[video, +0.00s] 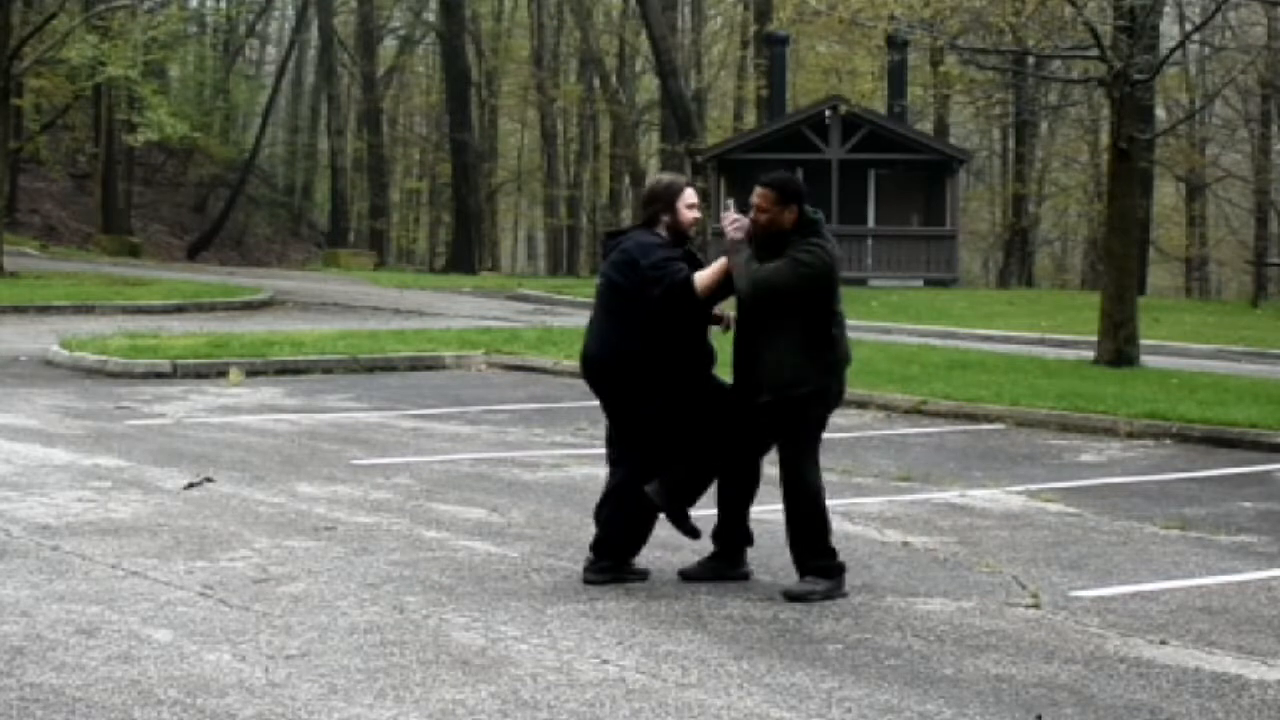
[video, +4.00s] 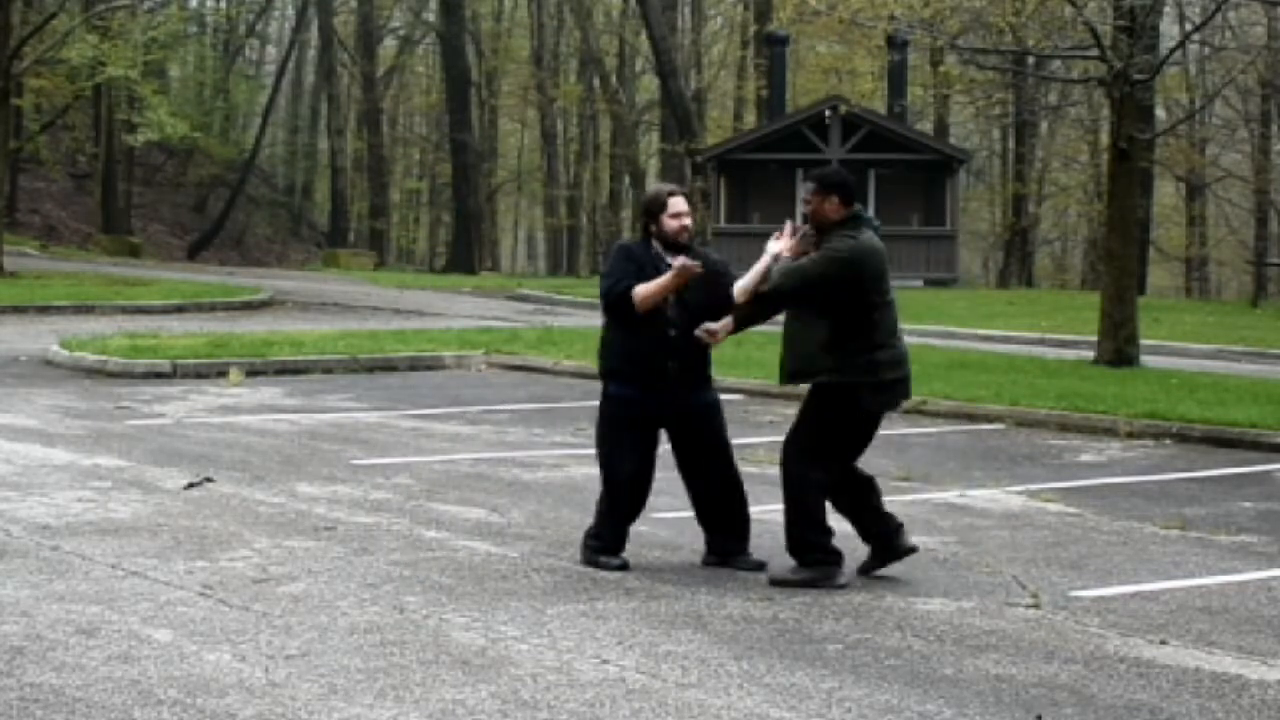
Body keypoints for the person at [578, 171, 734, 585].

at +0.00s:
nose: (698, 214)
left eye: (698, 207)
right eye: (690, 207)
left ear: (664, 212)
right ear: (665, 211)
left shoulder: (653, 247)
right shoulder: (652, 250)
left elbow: (667, 306)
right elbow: (685, 291)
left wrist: (709, 316)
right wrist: (733, 255)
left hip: (621, 367)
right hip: (634, 373)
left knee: (635, 463)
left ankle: (610, 557)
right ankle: (674, 490)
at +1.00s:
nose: (646, 256)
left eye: (652, 246)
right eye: (643, 248)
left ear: (679, 237)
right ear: (652, 243)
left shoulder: (720, 272)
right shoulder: (660, 276)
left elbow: (676, 320)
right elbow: (626, 305)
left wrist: (612, 307)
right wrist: (598, 301)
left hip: (766, 390)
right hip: (709, 396)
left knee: (814, 470)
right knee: (663, 455)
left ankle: (878, 560)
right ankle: (678, 560)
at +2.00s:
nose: (716, 249)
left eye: (721, 240)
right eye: (715, 241)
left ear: (747, 241)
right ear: (740, 242)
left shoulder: (799, 284)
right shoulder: (728, 289)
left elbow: (779, 337)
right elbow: (687, 329)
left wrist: (717, 337)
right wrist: (632, 319)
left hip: (809, 409)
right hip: (747, 409)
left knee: (842, 482)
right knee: (685, 455)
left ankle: (892, 567)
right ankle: (679, 562)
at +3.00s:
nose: (890, 189)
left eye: (897, 183)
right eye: (893, 182)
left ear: (916, 190)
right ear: (930, 192)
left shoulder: (906, 234)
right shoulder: (961, 230)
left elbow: (835, 243)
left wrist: (785, 214)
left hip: (919, 373)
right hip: (970, 371)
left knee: (870, 455)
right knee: (959, 465)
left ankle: (878, 563)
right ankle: (991, 565)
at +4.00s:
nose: (807, 209)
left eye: (814, 201)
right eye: (807, 201)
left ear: (839, 204)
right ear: (835, 205)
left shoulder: (851, 249)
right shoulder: (833, 243)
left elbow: (784, 287)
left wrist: (783, 259)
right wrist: (730, 324)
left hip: (857, 379)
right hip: (854, 376)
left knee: (802, 457)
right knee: (827, 461)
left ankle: (817, 561)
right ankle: (886, 539)